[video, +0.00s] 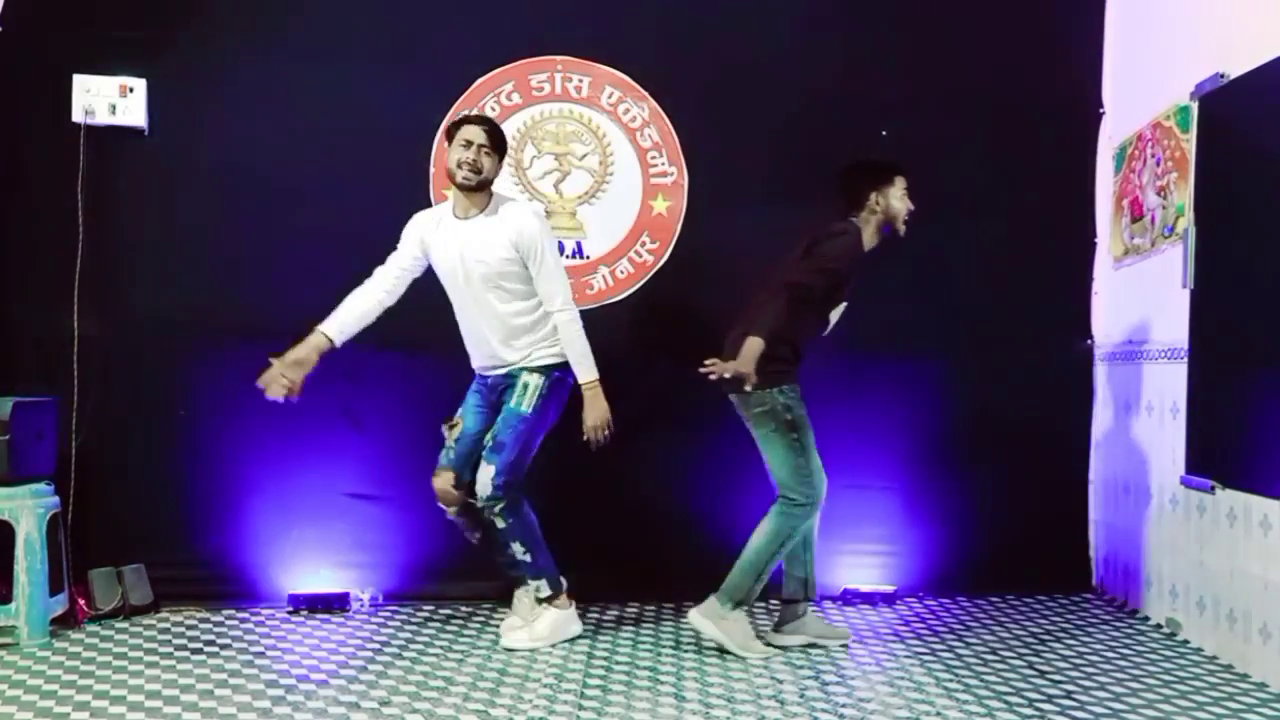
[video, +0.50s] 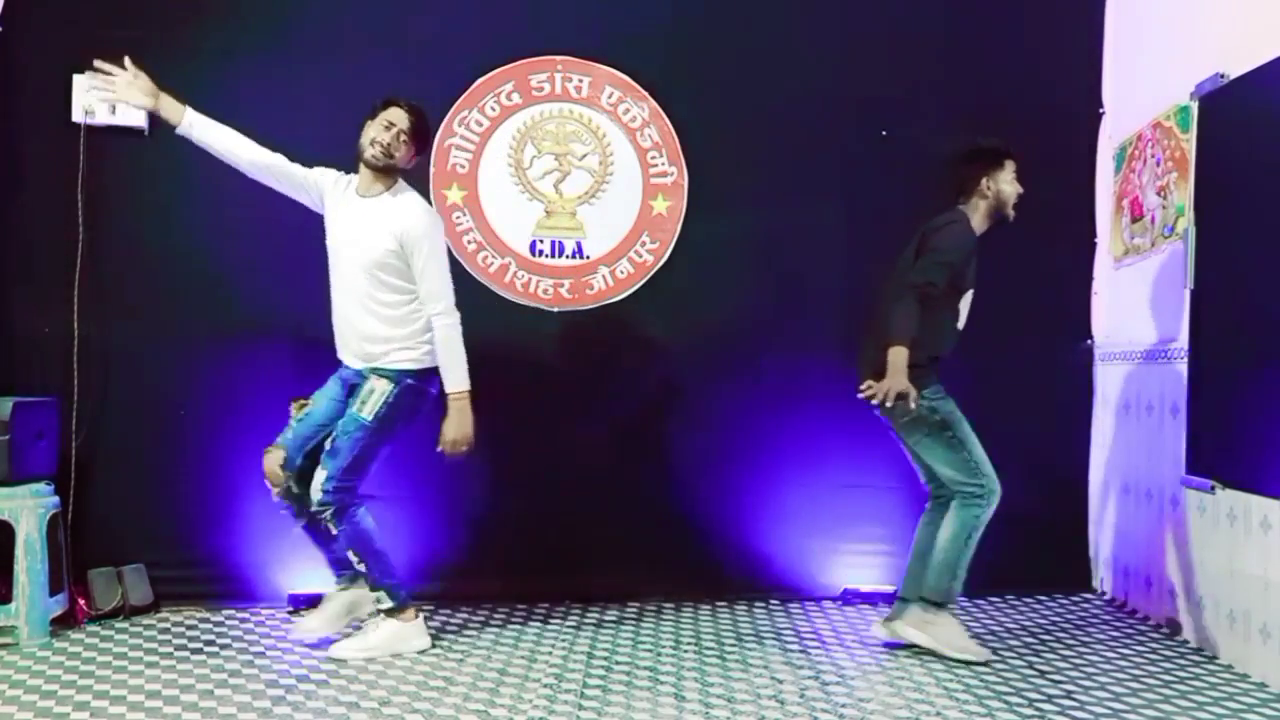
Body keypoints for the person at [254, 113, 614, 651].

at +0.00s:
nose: (472, 155)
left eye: (485, 149)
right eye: (463, 145)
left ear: (498, 164)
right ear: (446, 155)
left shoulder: (523, 222)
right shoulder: (427, 228)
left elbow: (563, 308)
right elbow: (380, 289)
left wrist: (593, 390)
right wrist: (311, 347)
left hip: (541, 367)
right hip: (489, 373)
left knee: (495, 485)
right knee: (452, 485)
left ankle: (558, 605)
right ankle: (532, 583)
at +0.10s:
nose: (456, 155)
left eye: (469, 151)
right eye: (448, 145)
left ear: (481, 169)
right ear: (429, 154)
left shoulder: (500, 226)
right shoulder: (408, 226)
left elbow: (547, 309)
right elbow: (339, 262)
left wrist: (579, 389)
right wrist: (254, 289)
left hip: (523, 375)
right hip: (468, 376)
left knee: (479, 494)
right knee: (413, 474)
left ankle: (554, 605)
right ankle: (490, 585)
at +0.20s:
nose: (438, 156)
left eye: (451, 152)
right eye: (431, 144)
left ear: (462, 170)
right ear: (413, 153)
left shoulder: (477, 228)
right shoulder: (388, 216)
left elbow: (527, 311)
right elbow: (311, 230)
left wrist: (560, 391)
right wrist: (214, 232)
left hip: (491, 373)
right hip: (441, 377)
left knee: (413, 485)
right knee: (404, 497)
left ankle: (513, 576)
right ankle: (475, 601)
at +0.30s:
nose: (426, 152)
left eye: (440, 149)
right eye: (421, 141)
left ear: (452, 167)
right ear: (403, 149)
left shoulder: (467, 227)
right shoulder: (375, 212)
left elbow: (511, 314)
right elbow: (294, 208)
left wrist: (543, 394)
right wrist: (196, 192)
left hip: (472, 370)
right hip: (421, 375)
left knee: (381, 465)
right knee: (386, 488)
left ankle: (462, 578)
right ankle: (465, 596)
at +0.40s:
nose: (413, 141)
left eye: (426, 139)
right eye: (407, 130)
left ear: (434, 158)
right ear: (385, 137)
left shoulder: (444, 217)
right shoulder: (354, 196)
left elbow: (478, 309)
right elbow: (271, 178)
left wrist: (504, 396)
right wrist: (173, 142)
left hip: (440, 369)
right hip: (389, 369)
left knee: (349, 483)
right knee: (341, 483)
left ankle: (406, 614)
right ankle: (434, 578)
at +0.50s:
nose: (391, 137)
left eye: (405, 136)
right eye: (386, 124)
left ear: (411, 155)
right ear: (364, 131)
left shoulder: (418, 217)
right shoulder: (330, 188)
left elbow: (445, 312)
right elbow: (249, 155)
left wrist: (460, 402)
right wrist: (161, 101)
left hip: (402, 373)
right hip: (355, 366)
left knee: (331, 491)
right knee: (282, 466)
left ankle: (403, 617)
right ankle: (353, 586)